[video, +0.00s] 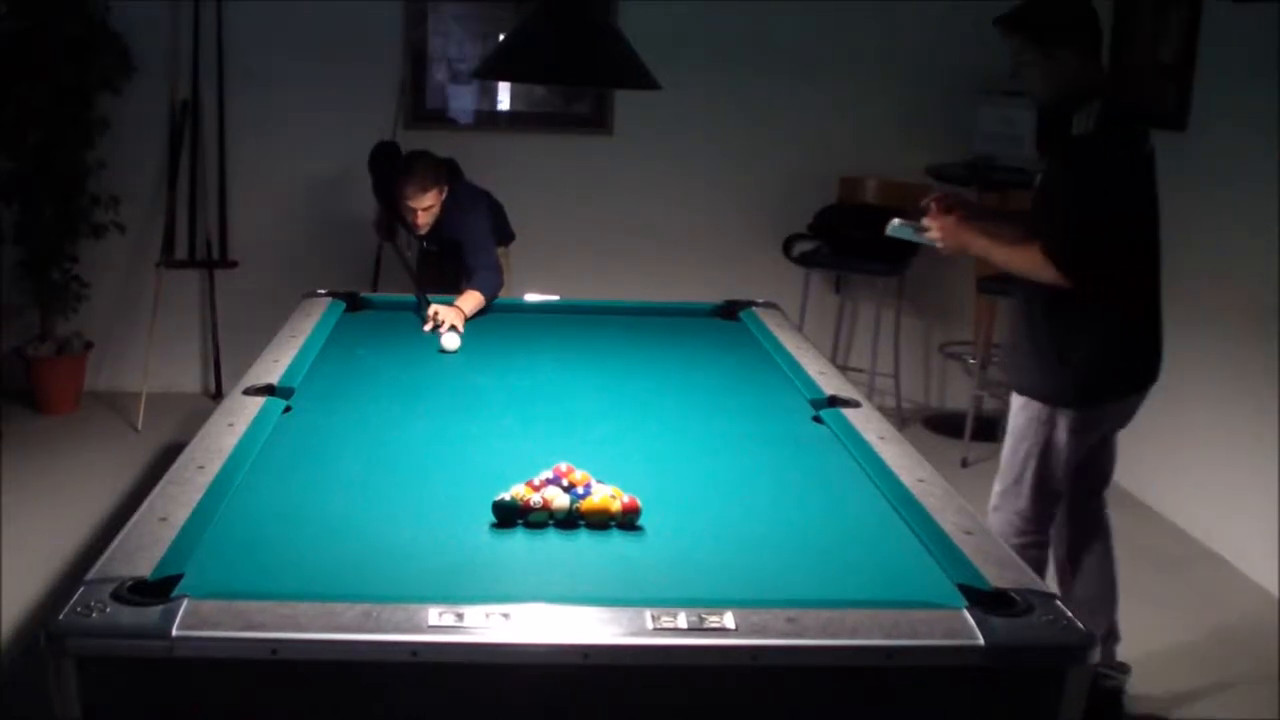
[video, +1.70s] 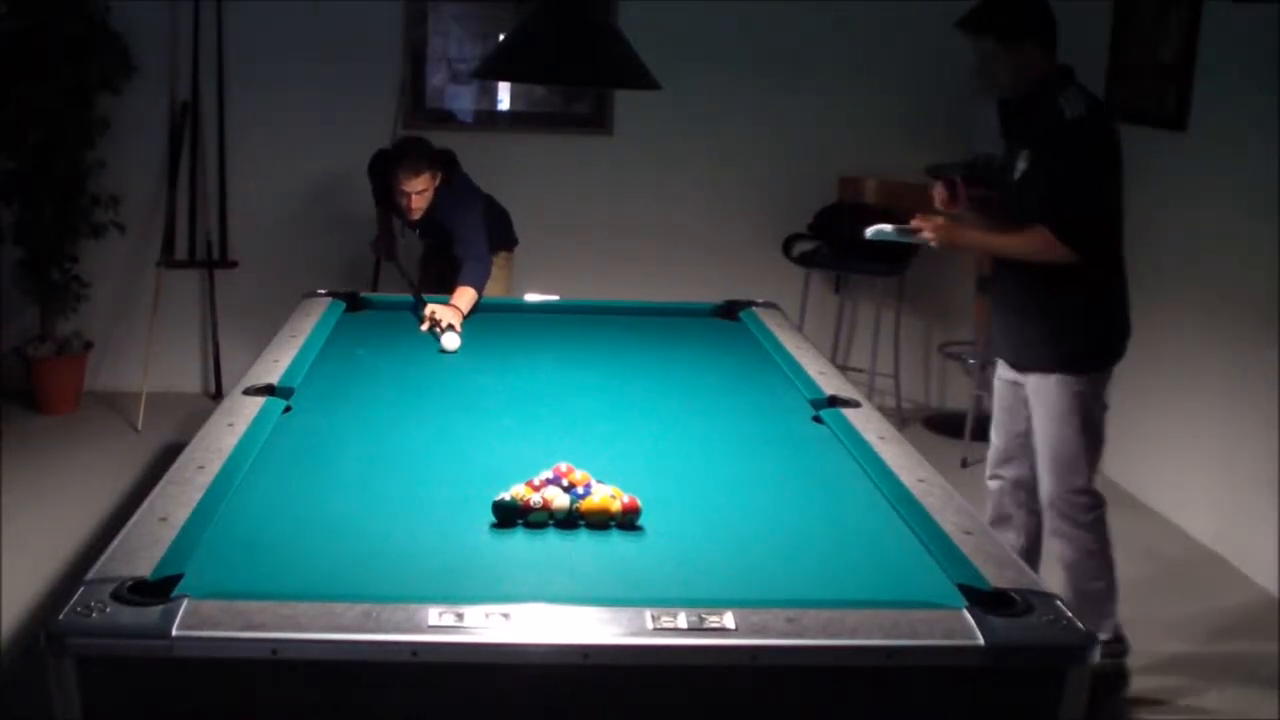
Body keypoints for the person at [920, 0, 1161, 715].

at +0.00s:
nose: (1019, 75)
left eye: (1028, 60)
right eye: (1018, 61)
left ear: (1063, 59)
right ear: (1081, 55)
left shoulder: (1085, 134)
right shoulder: (1106, 126)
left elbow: (1069, 265)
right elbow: (1060, 231)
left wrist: (974, 242)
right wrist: (978, 217)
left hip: (1065, 372)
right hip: (1102, 367)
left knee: (1015, 528)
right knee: (1080, 521)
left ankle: (1005, 674)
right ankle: (1093, 661)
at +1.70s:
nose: (985, 69)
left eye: (993, 54)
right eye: (983, 55)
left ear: (1026, 49)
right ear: (1017, 51)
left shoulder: (1077, 118)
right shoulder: (1024, 113)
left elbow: (1069, 242)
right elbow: (1030, 215)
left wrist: (968, 237)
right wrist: (973, 204)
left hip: (1070, 346)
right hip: (1019, 338)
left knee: (1068, 502)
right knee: (1009, 487)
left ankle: (1097, 644)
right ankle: (1003, 627)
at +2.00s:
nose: (1069, 69)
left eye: (1082, 55)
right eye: (1068, 55)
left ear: (1122, 57)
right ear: (1077, 56)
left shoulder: (1179, 144)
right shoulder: (1075, 126)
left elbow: (1174, 261)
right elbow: (1068, 219)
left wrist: (1059, 252)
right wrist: (1019, 224)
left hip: (1138, 375)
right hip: (1061, 358)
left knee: (1158, 525)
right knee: (1035, 496)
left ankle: (1185, 674)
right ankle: (1011, 630)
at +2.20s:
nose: (1121, 75)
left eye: (1137, 60)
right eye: (1125, 60)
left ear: (1186, 64)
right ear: (1150, 70)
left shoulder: (1258, 156)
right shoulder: (1129, 146)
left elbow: (1263, 282)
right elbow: (1099, 241)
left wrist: (1149, 277)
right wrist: (1081, 251)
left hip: (1213, 391)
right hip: (1122, 375)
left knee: (1199, 547)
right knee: (1060, 505)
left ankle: (1191, 678)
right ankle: (1018, 634)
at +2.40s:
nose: (1228, 90)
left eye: (1242, 78)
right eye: (1220, 74)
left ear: (1266, 80)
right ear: (1205, 72)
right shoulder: (1174, 138)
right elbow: (1138, 248)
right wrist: (1154, 256)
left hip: (1262, 380)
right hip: (1167, 363)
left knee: (1232, 553)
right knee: (1111, 523)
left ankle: (1195, 681)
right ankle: (1094, 663)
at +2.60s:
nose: (1259, 77)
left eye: (1265, 64)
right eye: (1254, 62)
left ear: (1274, 70)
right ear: (1241, 62)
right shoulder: (1205, 142)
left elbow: (1149, 237)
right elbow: (1148, 236)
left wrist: (1182, 284)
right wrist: (1183, 287)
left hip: (1268, 382)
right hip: (1210, 374)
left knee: (1252, 563)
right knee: (1205, 561)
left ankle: (1209, 684)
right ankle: (1197, 698)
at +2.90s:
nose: (1273, 95)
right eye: (1273, 82)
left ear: (1270, 85)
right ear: (1269, 82)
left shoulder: (1254, 175)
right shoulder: (1252, 174)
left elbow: (1192, 292)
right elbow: (1191, 291)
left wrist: (1242, 331)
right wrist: (1245, 332)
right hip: (1262, 437)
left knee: (1267, 614)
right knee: (1265, 619)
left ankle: (1247, 679)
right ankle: (1256, 699)